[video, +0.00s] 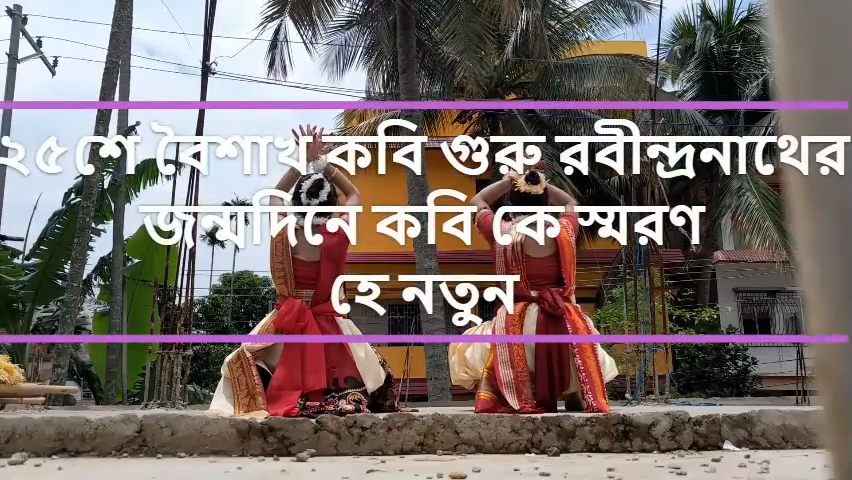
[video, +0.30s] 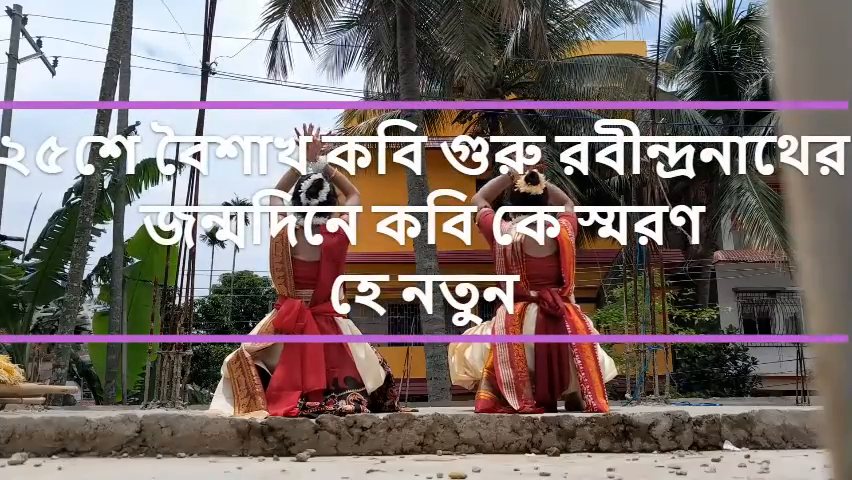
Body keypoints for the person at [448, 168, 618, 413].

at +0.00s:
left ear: (511, 209)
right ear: (544, 206)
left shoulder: (503, 233)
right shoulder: (563, 232)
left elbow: (480, 200)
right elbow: (569, 202)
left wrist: (507, 182)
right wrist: (542, 185)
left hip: (518, 318)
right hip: (562, 317)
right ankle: (574, 394)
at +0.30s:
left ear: (510, 209)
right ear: (544, 206)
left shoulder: (503, 233)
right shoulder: (562, 231)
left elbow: (480, 199)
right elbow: (567, 203)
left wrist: (511, 175)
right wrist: (541, 184)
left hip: (518, 318)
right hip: (562, 318)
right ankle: (575, 394)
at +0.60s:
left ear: (509, 202)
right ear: (545, 201)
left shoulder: (501, 231)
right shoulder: (562, 228)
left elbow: (479, 197)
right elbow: (566, 198)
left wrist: (502, 168)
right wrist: (542, 170)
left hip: (516, 321)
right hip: (561, 319)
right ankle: (576, 394)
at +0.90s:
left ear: (508, 200)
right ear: (545, 198)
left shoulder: (500, 232)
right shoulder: (562, 228)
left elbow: (472, 200)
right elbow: (577, 198)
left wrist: (493, 169)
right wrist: (547, 168)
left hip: (514, 322)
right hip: (560, 321)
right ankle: (575, 394)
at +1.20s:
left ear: (514, 207)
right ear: (546, 207)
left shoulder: (501, 233)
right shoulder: (564, 232)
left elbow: (462, 219)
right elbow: (595, 209)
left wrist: (467, 184)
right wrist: (568, 180)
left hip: (514, 316)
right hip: (559, 315)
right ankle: (579, 397)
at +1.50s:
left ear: (511, 207)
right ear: (544, 207)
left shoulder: (495, 236)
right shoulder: (566, 235)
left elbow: (444, 233)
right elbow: (610, 226)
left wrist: (441, 197)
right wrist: (596, 196)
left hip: (512, 323)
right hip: (561, 321)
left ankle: (490, 393)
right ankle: (575, 394)